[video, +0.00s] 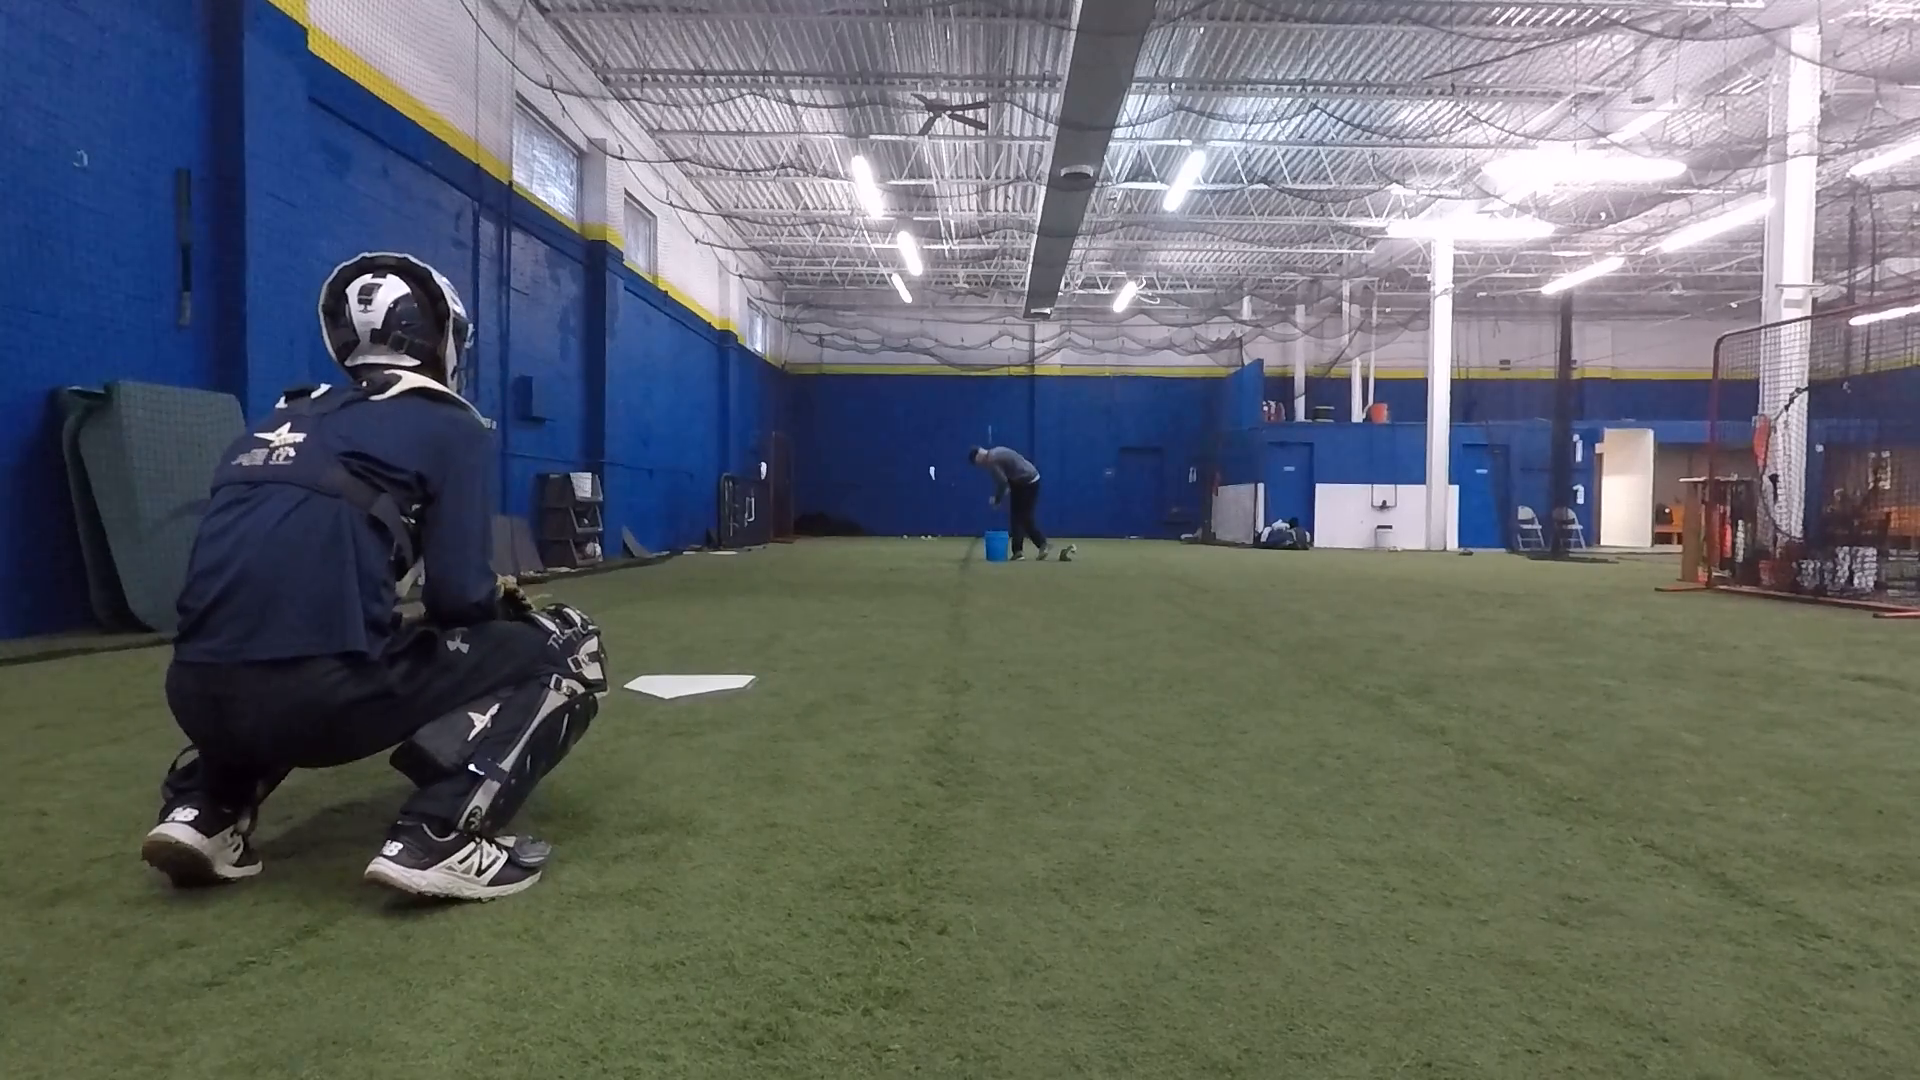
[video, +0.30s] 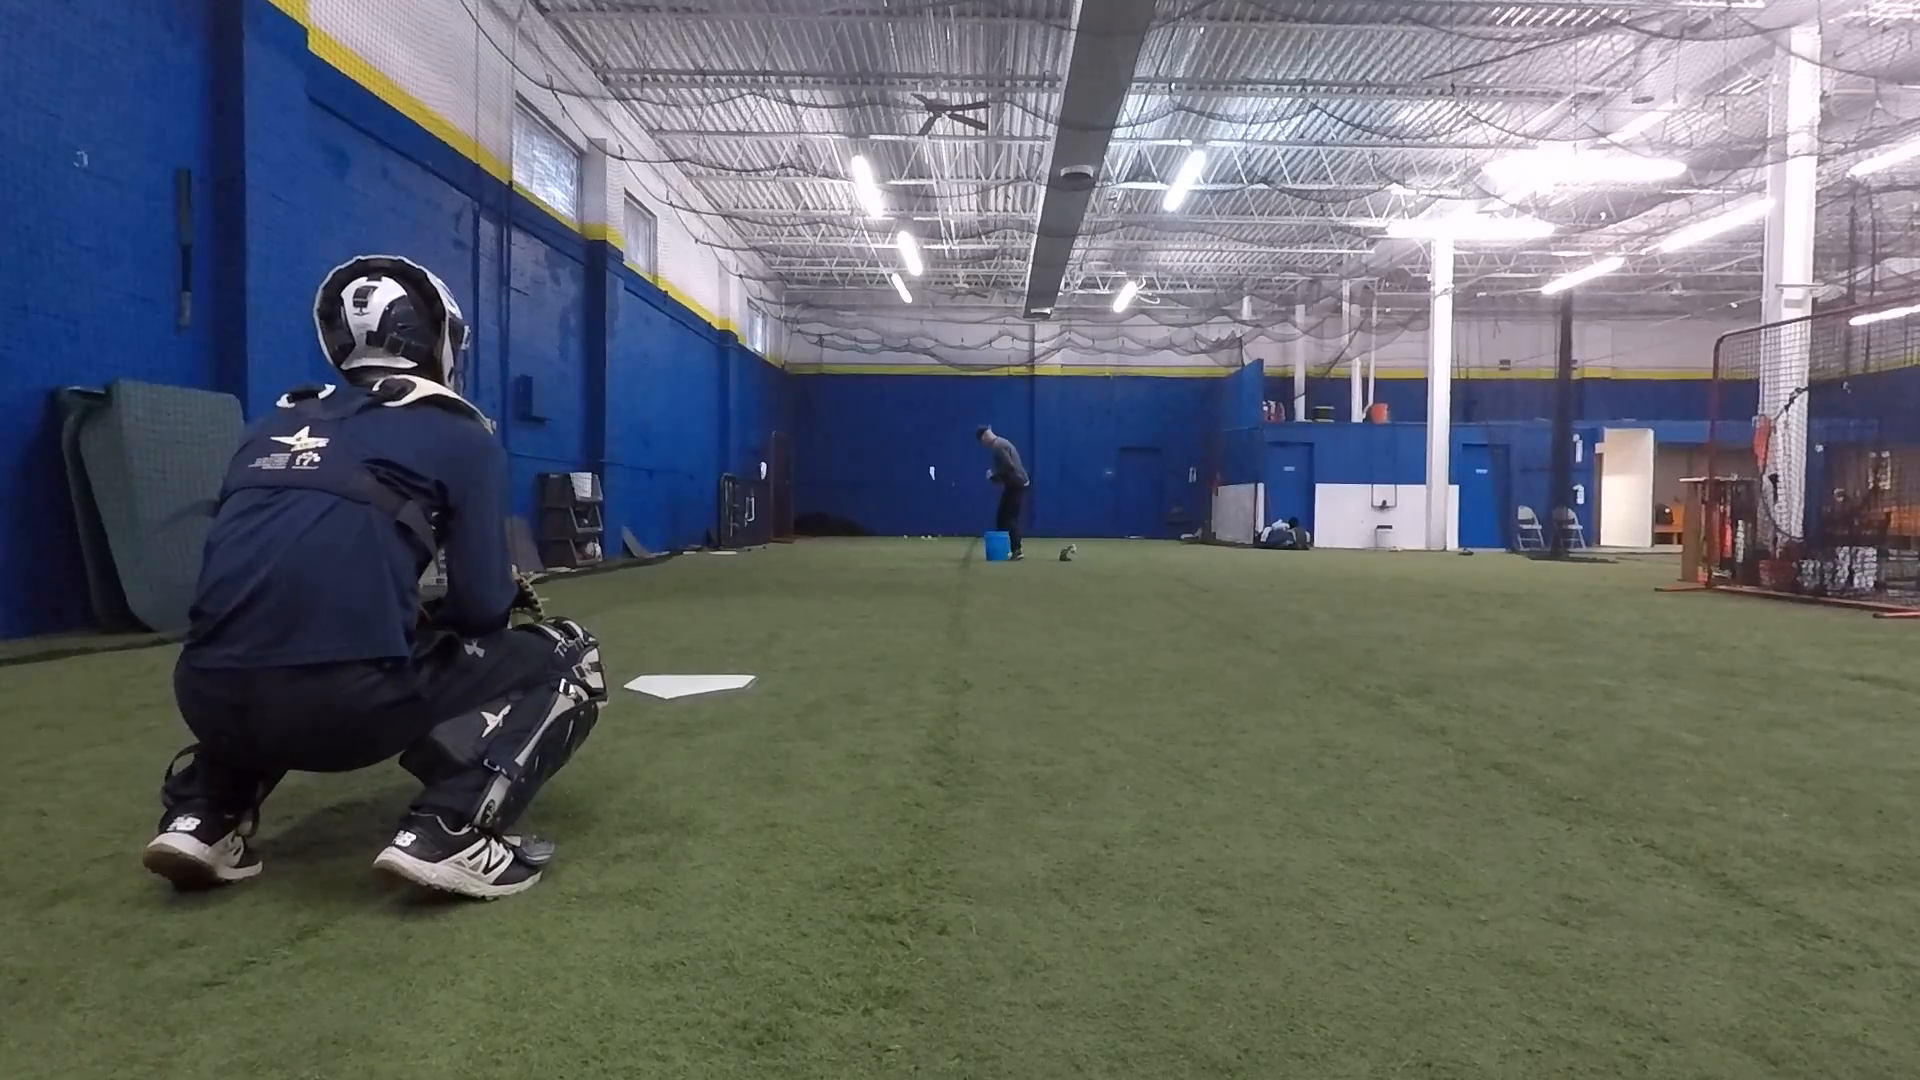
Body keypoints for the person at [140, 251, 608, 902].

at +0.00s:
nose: (461, 352)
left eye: (459, 336)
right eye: (456, 336)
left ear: (345, 345)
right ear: (438, 339)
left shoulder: (281, 417)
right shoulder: (452, 425)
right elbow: (457, 598)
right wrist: (498, 601)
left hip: (204, 697)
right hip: (330, 696)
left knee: (289, 617)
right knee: (569, 647)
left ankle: (204, 810)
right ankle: (442, 835)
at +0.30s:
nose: (457, 352)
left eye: (454, 337)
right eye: (452, 337)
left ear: (338, 348)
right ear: (436, 341)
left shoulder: (273, 424)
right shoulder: (462, 436)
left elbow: (252, 573)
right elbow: (482, 606)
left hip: (218, 701)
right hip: (355, 704)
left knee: (278, 621)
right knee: (569, 655)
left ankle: (202, 814)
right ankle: (451, 827)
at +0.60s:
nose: (461, 357)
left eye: (458, 342)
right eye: (456, 342)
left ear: (342, 349)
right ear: (440, 344)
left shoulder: (279, 423)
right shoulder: (462, 439)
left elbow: (256, 573)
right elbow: (476, 607)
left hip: (212, 705)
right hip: (347, 706)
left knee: (275, 616)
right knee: (567, 657)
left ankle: (202, 813)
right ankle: (449, 830)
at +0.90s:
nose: (476, 359)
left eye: (474, 343)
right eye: (472, 343)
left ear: (358, 347)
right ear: (455, 346)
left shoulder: (294, 418)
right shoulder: (471, 436)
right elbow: (476, 603)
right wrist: (512, 605)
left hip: (215, 697)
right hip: (347, 703)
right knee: (573, 653)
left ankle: (204, 813)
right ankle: (449, 831)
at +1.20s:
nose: (539, 338)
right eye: (534, 325)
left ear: (417, 328)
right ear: (522, 332)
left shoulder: (352, 398)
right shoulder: (534, 435)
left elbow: (300, 524)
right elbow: (539, 605)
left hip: (267, 670)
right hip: (404, 689)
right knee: (594, 668)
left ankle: (207, 814)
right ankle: (462, 823)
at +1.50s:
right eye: (604, 325)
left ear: (490, 322)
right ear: (594, 339)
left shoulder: (433, 380)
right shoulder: (609, 455)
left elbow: (279, 488)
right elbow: (571, 622)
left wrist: (372, 531)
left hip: (324, 655)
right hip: (466, 692)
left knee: (274, 591)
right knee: (577, 685)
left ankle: (173, 809)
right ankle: (473, 820)